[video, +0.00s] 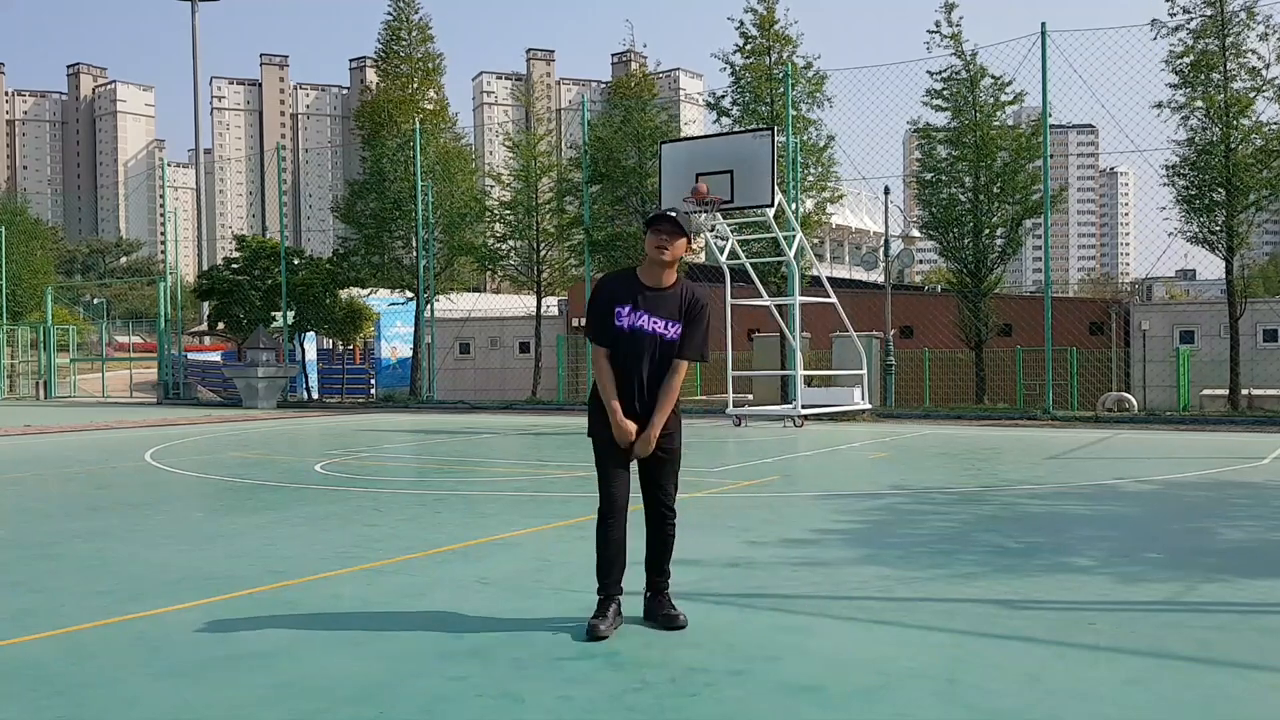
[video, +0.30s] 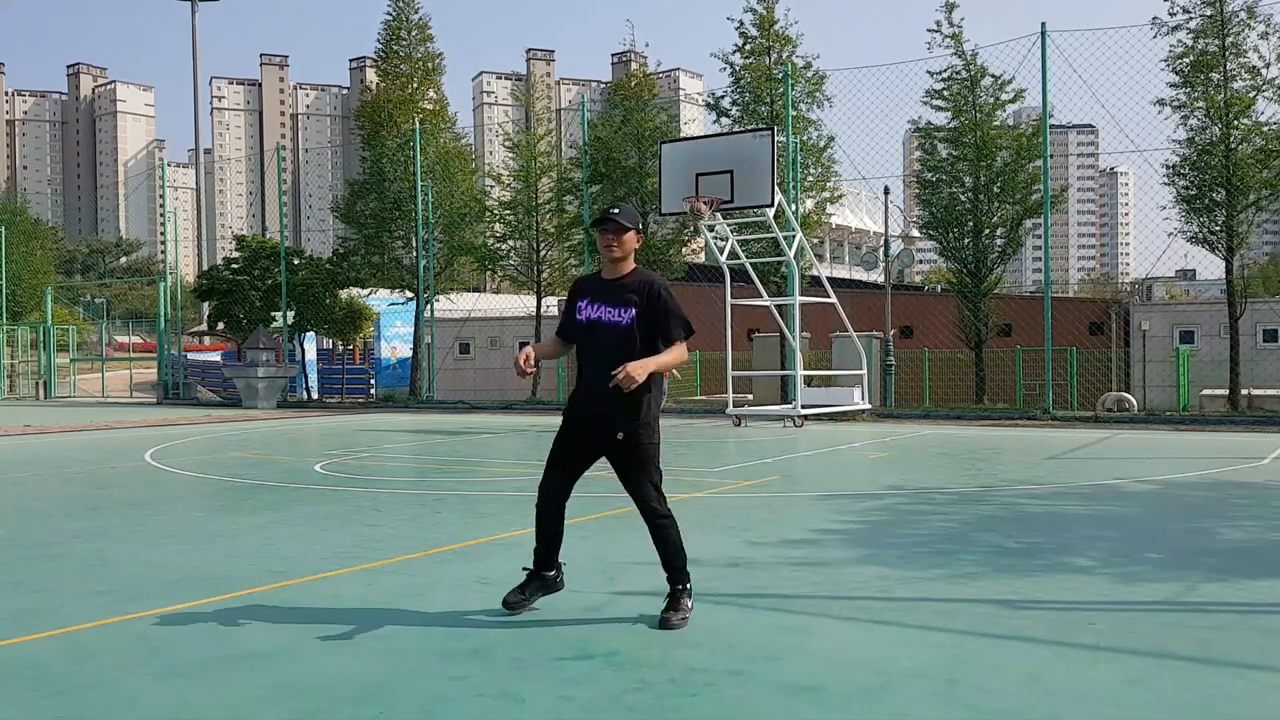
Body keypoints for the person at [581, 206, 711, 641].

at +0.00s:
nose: (663, 239)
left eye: (672, 235)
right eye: (657, 232)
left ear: (686, 248)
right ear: (644, 240)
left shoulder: (692, 300)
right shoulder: (610, 287)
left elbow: (679, 370)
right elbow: (599, 357)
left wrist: (654, 427)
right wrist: (616, 414)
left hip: (662, 417)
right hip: (611, 413)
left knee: (662, 509)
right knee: (612, 507)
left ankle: (658, 597)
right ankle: (608, 601)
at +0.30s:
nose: (609, 237)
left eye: (619, 231)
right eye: (605, 230)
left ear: (637, 240)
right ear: (597, 237)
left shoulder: (652, 291)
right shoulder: (583, 288)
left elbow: (680, 350)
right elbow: (561, 342)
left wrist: (647, 364)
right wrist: (534, 350)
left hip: (632, 419)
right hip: (584, 412)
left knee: (651, 504)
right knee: (550, 493)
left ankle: (680, 589)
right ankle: (545, 573)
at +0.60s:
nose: (530, 302)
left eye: (538, 295)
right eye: (523, 295)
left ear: (556, 285)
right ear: (515, 289)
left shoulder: (582, 311)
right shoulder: (516, 311)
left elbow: (639, 338)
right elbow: (514, 348)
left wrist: (602, 380)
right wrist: (509, 375)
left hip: (587, 421)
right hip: (544, 421)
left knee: (600, 501)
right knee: (526, 505)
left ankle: (654, 582)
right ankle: (523, 585)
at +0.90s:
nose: (533, 296)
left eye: (540, 290)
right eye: (525, 290)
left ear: (551, 280)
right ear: (510, 282)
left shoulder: (570, 301)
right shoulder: (492, 303)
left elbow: (623, 315)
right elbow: (457, 331)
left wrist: (587, 348)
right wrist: (469, 345)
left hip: (555, 418)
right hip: (509, 417)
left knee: (543, 498)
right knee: (505, 499)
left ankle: (539, 566)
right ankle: (506, 579)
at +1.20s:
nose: (559, 301)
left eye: (565, 294)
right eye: (551, 294)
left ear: (574, 289)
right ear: (534, 287)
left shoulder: (580, 322)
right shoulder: (502, 319)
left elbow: (586, 379)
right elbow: (488, 383)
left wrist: (563, 424)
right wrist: (523, 430)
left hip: (560, 418)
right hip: (509, 417)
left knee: (572, 475)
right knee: (508, 499)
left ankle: (557, 551)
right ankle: (503, 582)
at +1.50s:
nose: (613, 295)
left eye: (620, 289)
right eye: (606, 287)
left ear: (625, 291)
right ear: (587, 282)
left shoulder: (615, 323)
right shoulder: (559, 321)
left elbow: (650, 356)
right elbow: (520, 366)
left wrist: (635, 382)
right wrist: (572, 388)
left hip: (598, 447)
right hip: (551, 449)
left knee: (638, 507)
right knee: (535, 520)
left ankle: (672, 594)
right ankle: (494, 581)